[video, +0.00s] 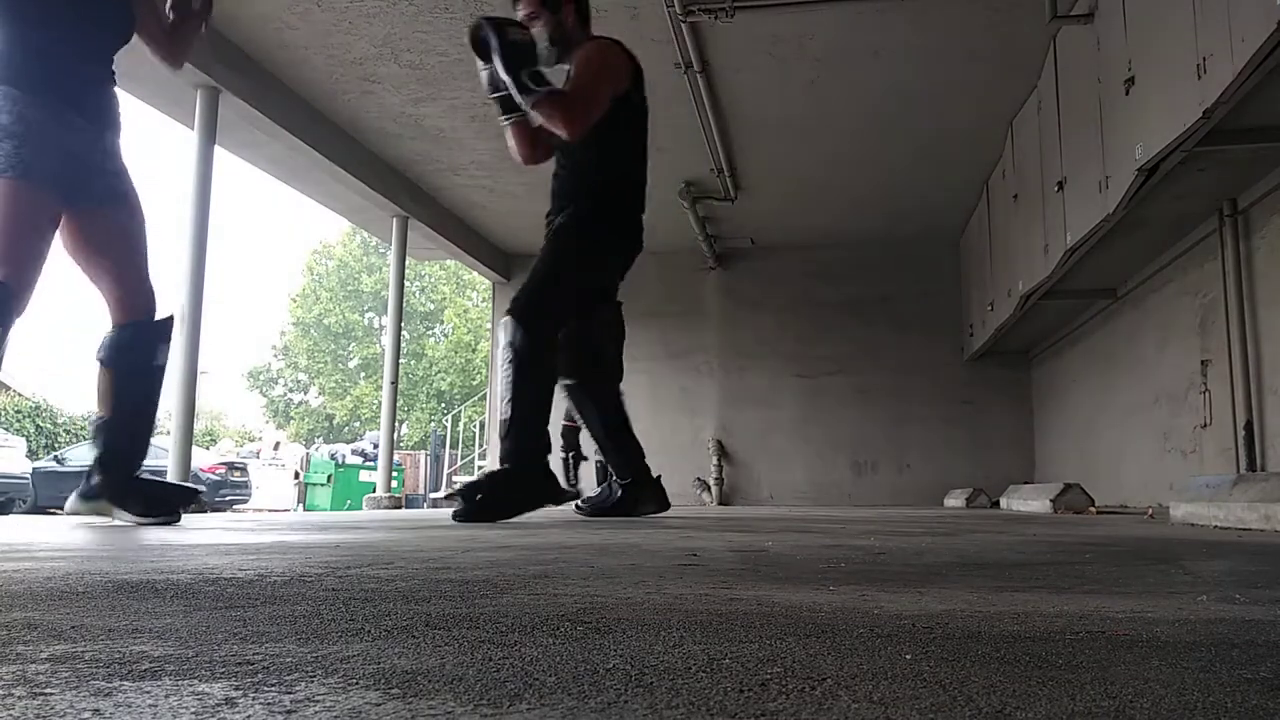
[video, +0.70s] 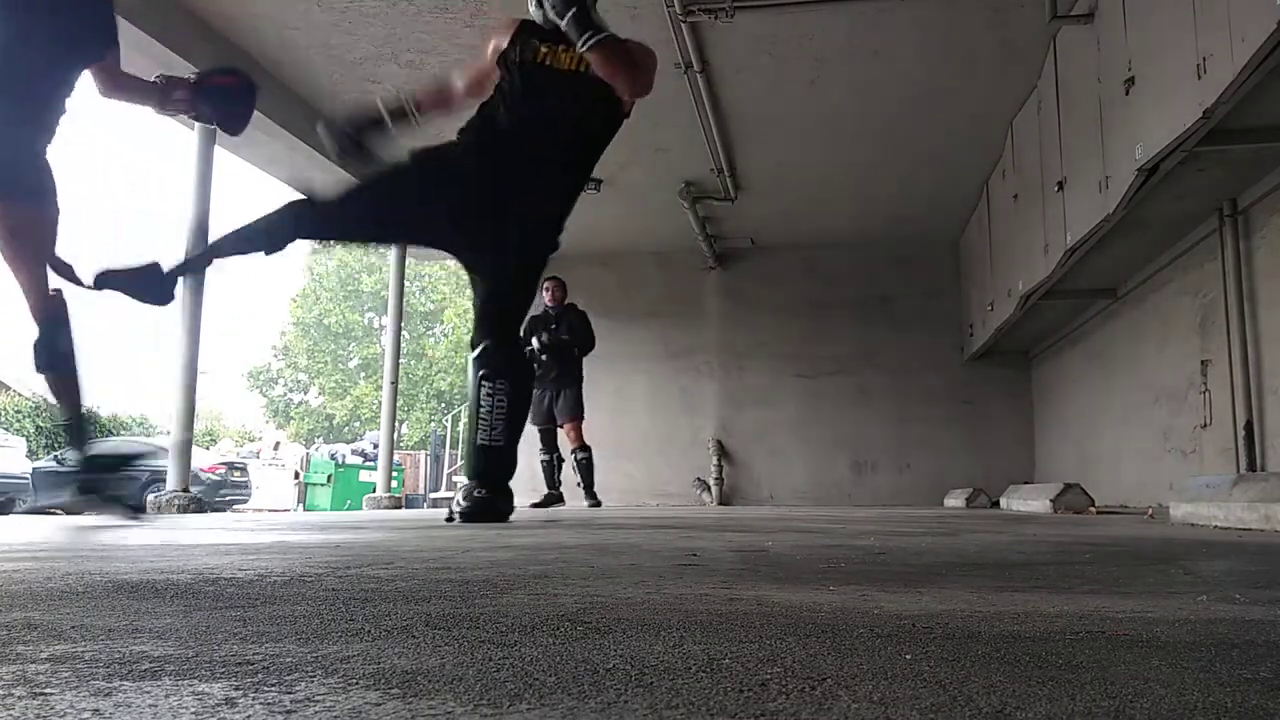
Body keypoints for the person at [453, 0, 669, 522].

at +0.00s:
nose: (529, 31)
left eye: (536, 18)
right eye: (525, 23)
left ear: (570, 10)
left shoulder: (603, 54)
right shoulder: (573, 79)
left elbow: (570, 120)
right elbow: (530, 151)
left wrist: (519, 69)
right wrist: (502, 92)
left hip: (595, 230)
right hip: (578, 233)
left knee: (527, 323)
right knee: (580, 366)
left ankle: (524, 469)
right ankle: (633, 481)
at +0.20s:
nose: (519, 16)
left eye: (524, 6)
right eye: (515, 11)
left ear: (550, 2)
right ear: (525, 20)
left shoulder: (593, 40)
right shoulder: (535, 67)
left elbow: (551, 102)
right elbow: (473, 121)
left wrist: (511, 42)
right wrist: (445, 64)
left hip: (594, 220)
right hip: (557, 227)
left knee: (534, 324)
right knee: (564, 352)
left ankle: (529, 477)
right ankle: (630, 474)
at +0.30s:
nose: (510, 18)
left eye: (517, 8)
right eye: (504, 13)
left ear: (549, 3)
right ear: (506, 20)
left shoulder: (593, 42)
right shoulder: (510, 56)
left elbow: (564, 103)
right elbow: (430, 75)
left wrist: (517, 41)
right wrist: (402, 27)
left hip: (593, 220)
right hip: (551, 229)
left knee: (533, 322)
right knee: (577, 359)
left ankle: (525, 476)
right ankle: (640, 477)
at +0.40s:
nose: (518, 13)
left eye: (525, 7)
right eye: (512, 10)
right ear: (510, 10)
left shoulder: (599, 34)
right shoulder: (503, 33)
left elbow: (599, 108)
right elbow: (424, 26)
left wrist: (549, 57)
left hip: (576, 218)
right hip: (531, 222)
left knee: (518, 326)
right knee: (543, 352)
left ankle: (517, 484)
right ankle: (621, 460)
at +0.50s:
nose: (540, 3)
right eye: (533, 3)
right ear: (528, 0)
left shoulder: (619, 34)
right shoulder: (511, 24)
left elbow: (635, 94)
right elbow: (427, 10)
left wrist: (574, 41)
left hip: (556, 210)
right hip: (494, 207)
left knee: (504, 325)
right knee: (447, 338)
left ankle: (518, 485)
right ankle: (519, 418)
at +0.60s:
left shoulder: (627, 40)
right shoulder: (514, 24)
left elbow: (643, 82)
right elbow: (434, 41)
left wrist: (582, 19)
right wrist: (351, 37)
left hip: (545, 207)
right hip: (476, 187)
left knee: (501, 320)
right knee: (364, 272)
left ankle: (514, 482)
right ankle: (351, 298)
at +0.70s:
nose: (551, 7)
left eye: (562, 1)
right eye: (544, 6)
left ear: (586, 1)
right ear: (539, 4)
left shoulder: (627, 53)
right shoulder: (513, 37)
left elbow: (633, 88)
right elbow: (456, 92)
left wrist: (577, 22)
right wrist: (377, 116)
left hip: (521, 222)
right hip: (449, 182)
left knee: (496, 341)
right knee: (309, 215)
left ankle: (491, 487)